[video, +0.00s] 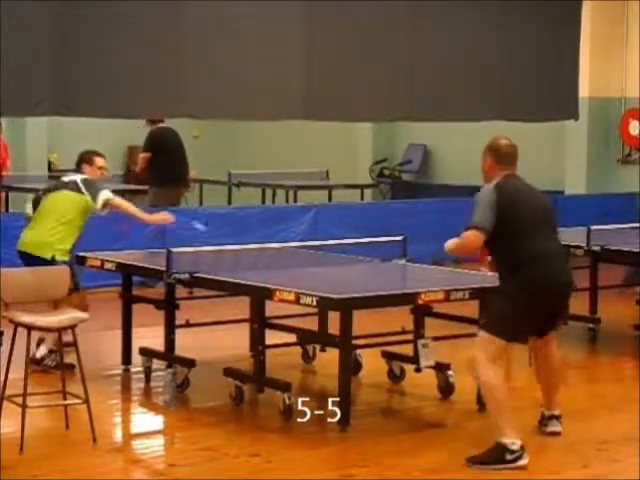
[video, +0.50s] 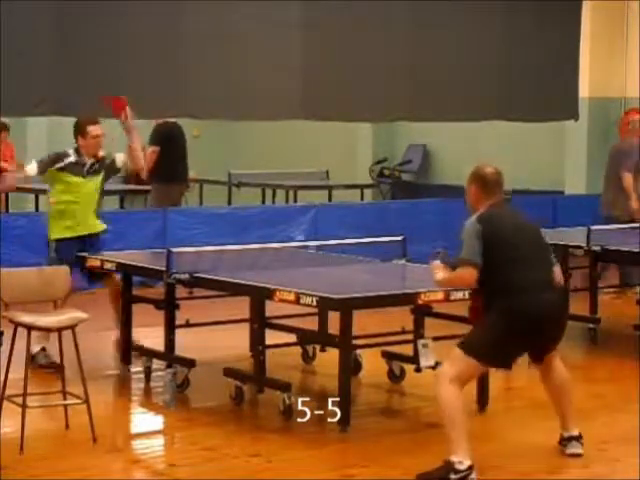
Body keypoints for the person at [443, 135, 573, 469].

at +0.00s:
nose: (482, 167)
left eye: (483, 162)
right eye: (483, 162)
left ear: (489, 162)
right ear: (514, 163)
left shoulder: (492, 191)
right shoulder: (535, 193)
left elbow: (473, 242)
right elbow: (538, 243)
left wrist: (453, 246)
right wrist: (494, 258)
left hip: (522, 283)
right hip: (558, 280)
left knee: (486, 358)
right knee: (544, 341)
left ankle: (509, 443)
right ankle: (551, 414)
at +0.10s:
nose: (478, 167)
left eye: (478, 162)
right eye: (479, 161)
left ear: (485, 161)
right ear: (511, 162)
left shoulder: (485, 191)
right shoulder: (534, 193)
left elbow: (466, 242)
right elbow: (543, 239)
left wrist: (447, 246)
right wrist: (492, 253)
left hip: (517, 285)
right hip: (557, 282)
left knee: (475, 359)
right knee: (549, 344)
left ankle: (508, 443)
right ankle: (555, 415)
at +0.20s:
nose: (473, 169)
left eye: (474, 164)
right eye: (474, 164)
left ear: (481, 163)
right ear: (507, 163)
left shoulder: (482, 192)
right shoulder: (534, 193)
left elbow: (466, 244)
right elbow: (542, 237)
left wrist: (444, 247)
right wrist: (494, 250)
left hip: (518, 282)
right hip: (559, 280)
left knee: (461, 349)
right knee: (552, 345)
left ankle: (489, 436)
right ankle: (566, 428)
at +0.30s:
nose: (470, 177)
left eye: (471, 172)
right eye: (471, 172)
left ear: (478, 172)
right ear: (504, 171)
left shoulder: (481, 201)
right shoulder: (528, 199)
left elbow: (463, 252)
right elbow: (547, 246)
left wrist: (443, 254)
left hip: (518, 289)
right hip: (558, 288)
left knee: (467, 361)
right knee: (555, 353)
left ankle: (464, 449)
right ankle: (571, 432)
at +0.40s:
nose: (467, 194)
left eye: (468, 189)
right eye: (468, 189)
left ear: (476, 189)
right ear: (502, 188)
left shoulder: (476, 220)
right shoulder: (527, 218)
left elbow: (461, 273)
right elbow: (560, 276)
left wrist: (439, 271)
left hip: (512, 305)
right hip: (554, 301)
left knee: (459, 375)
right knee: (550, 358)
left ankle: (462, 461)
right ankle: (571, 434)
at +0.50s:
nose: (466, 197)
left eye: (467, 191)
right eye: (467, 191)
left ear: (474, 191)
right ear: (500, 190)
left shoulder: (477, 223)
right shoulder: (526, 222)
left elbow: (469, 277)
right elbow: (557, 279)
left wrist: (442, 276)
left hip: (511, 311)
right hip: (552, 307)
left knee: (449, 377)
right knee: (548, 358)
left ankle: (459, 460)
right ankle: (571, 434)